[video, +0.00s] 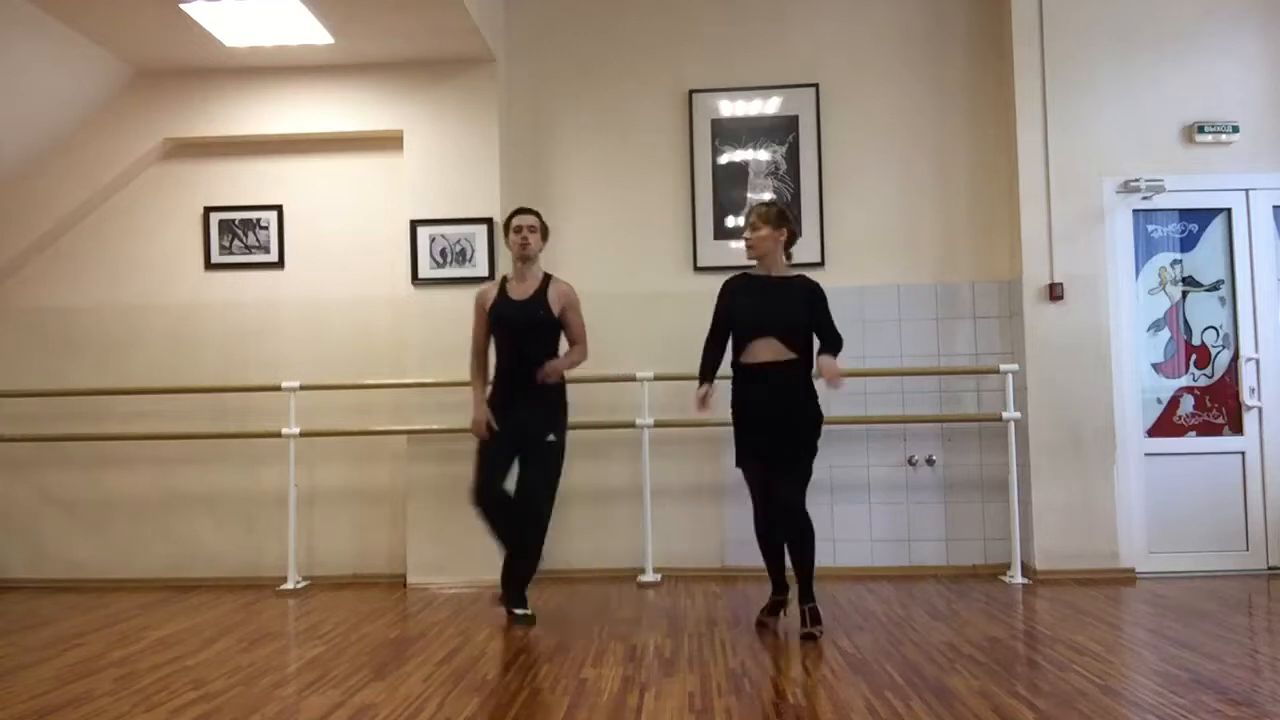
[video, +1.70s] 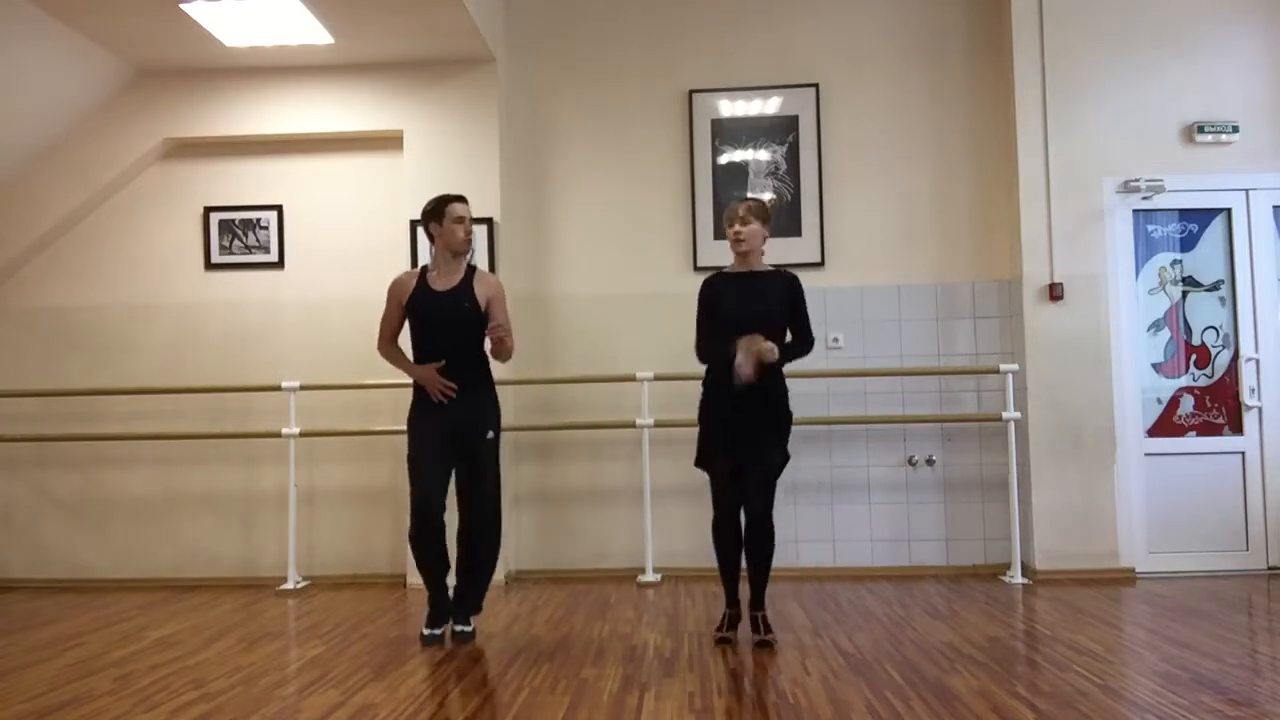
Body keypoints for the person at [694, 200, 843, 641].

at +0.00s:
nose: (747, 236)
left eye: (756, 229)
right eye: (746, 229)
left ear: (782, 234)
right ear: (750, 236)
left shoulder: (806, 288)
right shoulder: (735, 286)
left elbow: (830, 336)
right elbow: (717, 337)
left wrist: (828, 357)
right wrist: (706, 379)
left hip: (796, 397)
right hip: (750, 400)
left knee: (790, 501)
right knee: (762, 501)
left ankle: (807, 599)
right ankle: (778, 589)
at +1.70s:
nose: (738, 229)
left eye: (746, 222)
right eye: (733, 223)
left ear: (766, 232)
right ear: (726, 233)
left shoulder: (786, 283)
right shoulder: (713, 285)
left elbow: (805, 341)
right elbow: (704, 350)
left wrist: (776, 352)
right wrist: (735, 353)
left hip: (767, 412)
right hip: (720, 412)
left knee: (759, 510)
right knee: (725, 511)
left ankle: (758, 609)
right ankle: (730, 607)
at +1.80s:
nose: (724, 228)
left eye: (733, 222)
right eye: (723, 222)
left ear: (759, 229)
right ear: (723, 231)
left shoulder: (781, 283)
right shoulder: (711, 279)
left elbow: (793, 345)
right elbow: (685, 329)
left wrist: (784, 376)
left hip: (770, 399)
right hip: (725, 400)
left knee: (765, 510)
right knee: (729, 508)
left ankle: (762, 609)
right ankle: (738, 607)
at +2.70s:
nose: (722, 227)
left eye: (731, 219)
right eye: (720, 221)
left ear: (755, 227)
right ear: (721, 231)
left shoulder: (779, 282)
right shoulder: (709, 281)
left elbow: (799, 340)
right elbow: (673, 333)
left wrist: (824, 388)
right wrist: (648, 298)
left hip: (770, 394)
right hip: (722, 395)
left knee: (770, 506)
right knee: (733, 506)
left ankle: (764, 609)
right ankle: (741, 608)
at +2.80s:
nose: (716, 223)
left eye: (725, 215)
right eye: (716, 216)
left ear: (752, 223)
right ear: (728, 226)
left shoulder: (783, 277)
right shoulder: (707, 274)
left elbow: (835, 322)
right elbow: (672, 318)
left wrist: (886, 357)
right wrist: (674, 273)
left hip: (765, 395)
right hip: (716, 395)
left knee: (763, 504)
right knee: (729, 503)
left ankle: (764, 607)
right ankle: (737, 606)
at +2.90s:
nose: (718, 220)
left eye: (727, 213)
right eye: (716, 214)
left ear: (752, 220)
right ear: (717, 223)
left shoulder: (785, 269)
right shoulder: (708, 266)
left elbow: (846, 288)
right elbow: (683, 319)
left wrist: (907, 304)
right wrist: (712, 283)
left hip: (762, 391)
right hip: (713, 391)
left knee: (749, 496)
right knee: (725, 498)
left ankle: (756, 602)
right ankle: (738, 602)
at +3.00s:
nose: (718, 232)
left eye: (727, 225)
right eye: (716, 226)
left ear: (752, 230)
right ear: (716, 233)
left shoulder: (782, 283)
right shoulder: (707, 286)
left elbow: (844, 291)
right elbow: (701, 349)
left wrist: (902, 275)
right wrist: (734, 345)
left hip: (758, 410)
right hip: (712, 408)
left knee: (743, 508)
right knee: (727, 507)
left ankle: (744, 609)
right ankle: (744, 609)